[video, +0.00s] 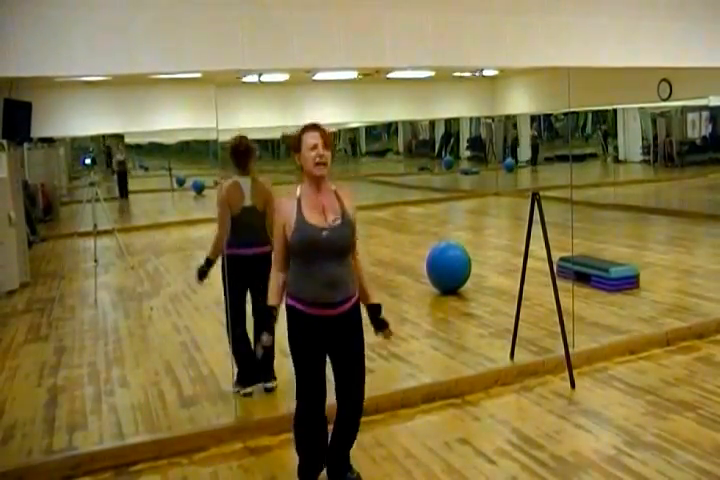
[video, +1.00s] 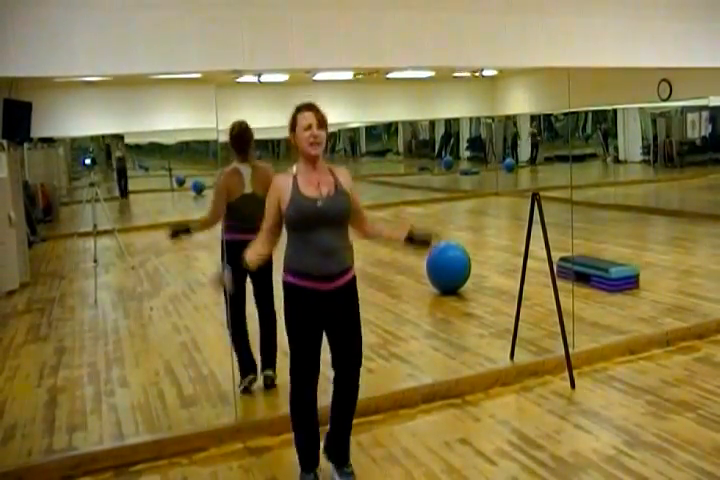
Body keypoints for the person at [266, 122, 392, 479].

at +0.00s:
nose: (321, 154)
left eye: (325, 147)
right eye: (313, 148)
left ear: (331, 153)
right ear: (298, 157)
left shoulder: (343, 197)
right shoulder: (286, 205)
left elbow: (353, 257)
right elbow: (278, 267)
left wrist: (373, 308)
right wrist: (268, 323)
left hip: (346, 314)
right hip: (305, 316)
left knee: (353, 399)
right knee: (311, 399)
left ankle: (339, 465)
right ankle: (310, 470)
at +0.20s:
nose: (317, 125)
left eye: (321, 119)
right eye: (309, 121)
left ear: (329, 125)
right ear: (294, 128)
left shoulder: (343, 166)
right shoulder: (281, 174)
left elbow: (384, 196)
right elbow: (250, 223)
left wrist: (425, 183)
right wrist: (223, 219)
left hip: (343, 277)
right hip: (301, 280)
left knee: (357, 369)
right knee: (298, 376)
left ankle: (357, 450)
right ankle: (293, 465)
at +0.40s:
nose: (316, 164)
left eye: (321, 158)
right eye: (309, 159)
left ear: (329, 165)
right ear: (297, 167)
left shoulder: (342, 196)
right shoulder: (285, 204)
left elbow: (378, 153)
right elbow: (240, 171)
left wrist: (365, 105)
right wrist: (257, 123)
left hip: (347, 319)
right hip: (302, 323)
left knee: (384, 390)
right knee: (274, 410)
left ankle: (396, 453)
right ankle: (257, 478)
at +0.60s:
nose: (315, 141)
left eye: (320, 134)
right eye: (307, 136)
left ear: (328, 140)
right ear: (294, 144)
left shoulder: (343, 171)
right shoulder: (283, 181)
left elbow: (388, 147)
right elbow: (231, 174)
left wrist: (407, 108)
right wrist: (221, 128)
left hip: (345, 292)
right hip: (301, 295)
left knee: (370, 373)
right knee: (283, 383)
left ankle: (391, 446)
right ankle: (264, 472)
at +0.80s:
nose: (316, 138)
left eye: (320, 132)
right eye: (308, 133)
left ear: (327, 138)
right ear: (294, 141)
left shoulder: (341, 181)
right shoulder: (282, 190)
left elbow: (361, 229)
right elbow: (264, 243)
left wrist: (403, 252)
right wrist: (236, 272)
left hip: (342, 290)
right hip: (301, 293)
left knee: (347, 374)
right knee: (308, 377)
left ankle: (338, 456)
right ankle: (309, 461)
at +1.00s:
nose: (315, 134)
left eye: (319, 127)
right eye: (307, 129)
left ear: (327, 133)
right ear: (293, 136)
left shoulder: (341, 176)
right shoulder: (282, 183)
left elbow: (363, 226)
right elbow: (266, 235)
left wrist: (403, 235)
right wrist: (251, 258)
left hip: (342, 286)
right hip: (300, 288)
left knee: (349, 370)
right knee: (304, 375)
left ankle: (338, 453)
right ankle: (307, 465)